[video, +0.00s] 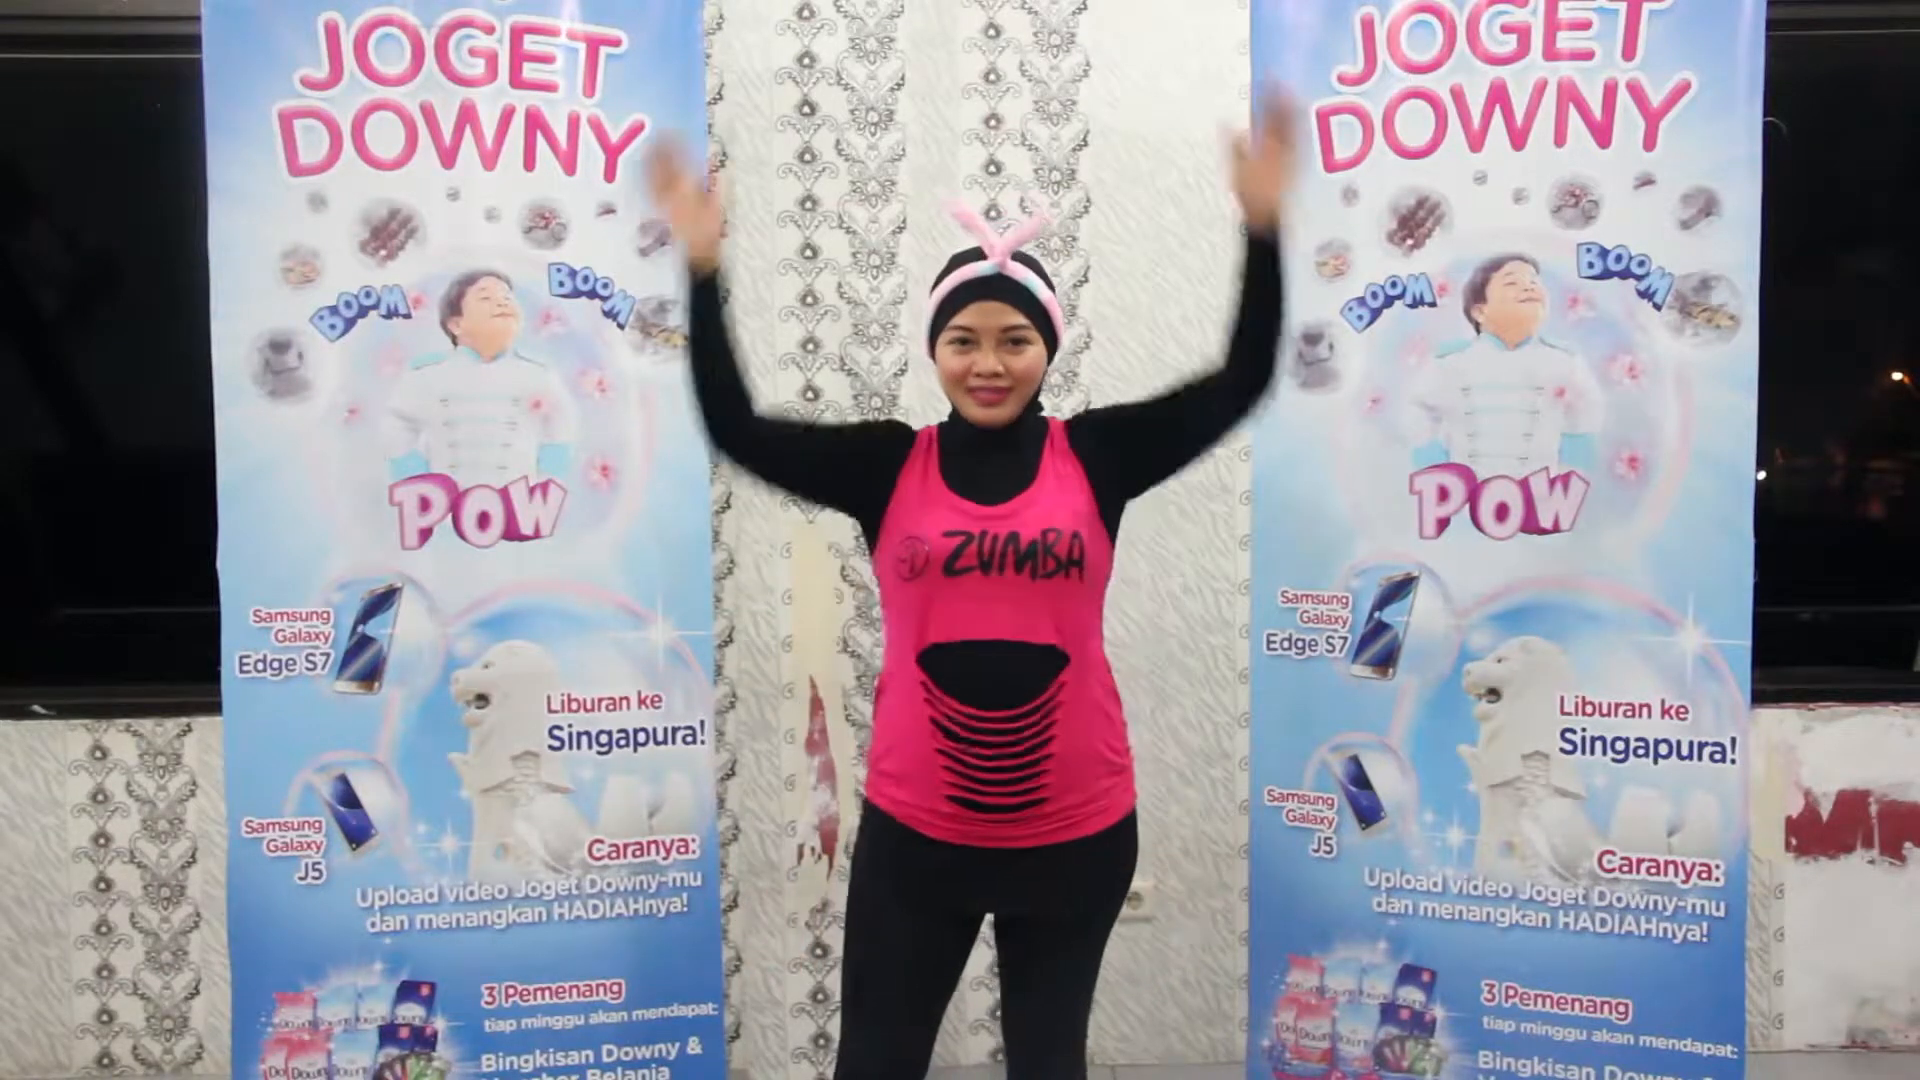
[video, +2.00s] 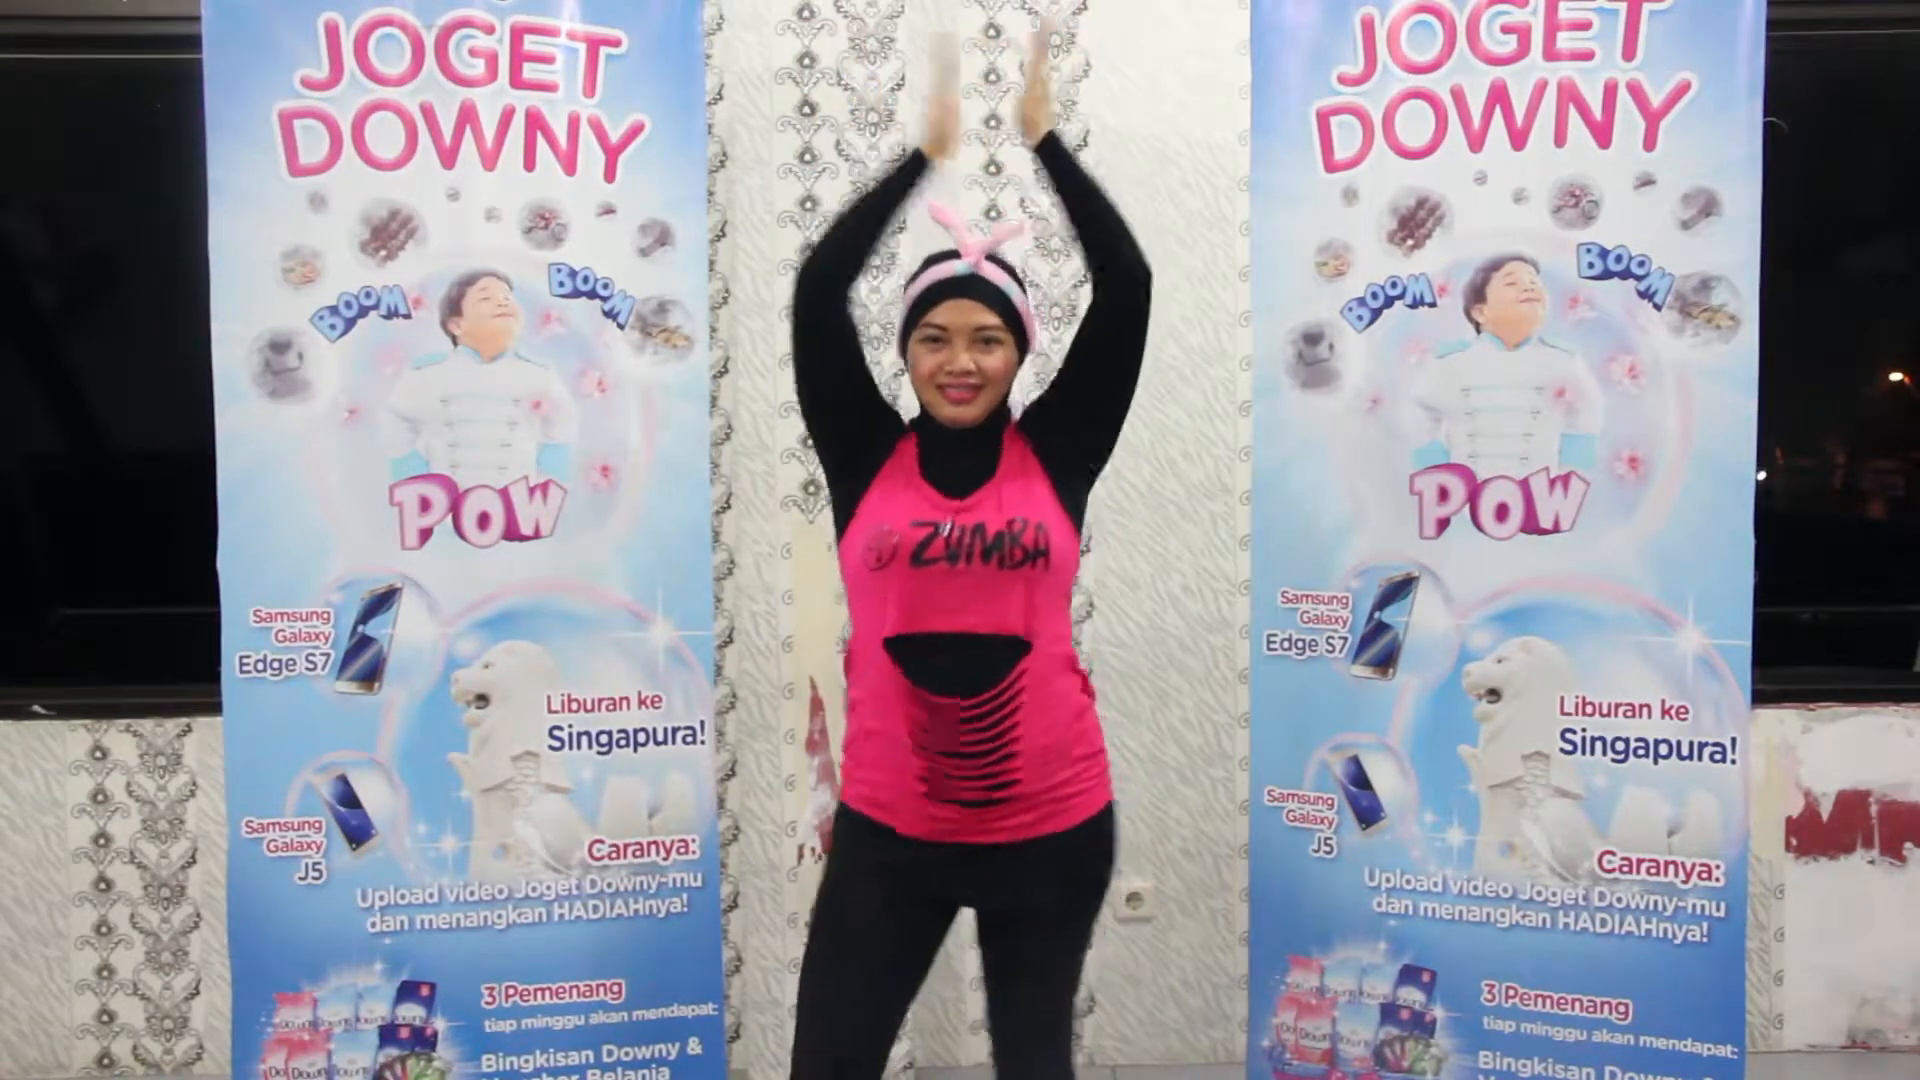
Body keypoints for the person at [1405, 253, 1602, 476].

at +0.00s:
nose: (1529, 287)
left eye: (1534, 281)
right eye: (1511, 282)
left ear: (1545, 300)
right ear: (1478, 310)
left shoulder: (1564, 364)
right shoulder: (1447, 366)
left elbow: (1582, 429)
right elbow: (1415, 414)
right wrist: (1433, 474)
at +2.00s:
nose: (1528, 286)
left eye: (1534, 281)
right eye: (1510, 283)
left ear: (1545, 300)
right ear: (1478, 311)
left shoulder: (1564, 363)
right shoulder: (1446, 366)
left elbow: (1583, 422)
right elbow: (1415, 415)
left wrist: (1566, 485)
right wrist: (1434, 475)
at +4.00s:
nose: (1530, 287)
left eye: (1535, 281)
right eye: (1511, 283)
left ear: (1545, 300)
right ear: (1479, 311)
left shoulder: (1565, 362)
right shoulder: (1446, 365)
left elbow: (1584, 428)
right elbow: (1418, 421)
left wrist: (1566, 490)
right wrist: (1436, 480)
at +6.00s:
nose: (1528, 287)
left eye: (1534, 281)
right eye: (1510, 282)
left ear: (1545, 300)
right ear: (1479, 311)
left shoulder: (1565, 365)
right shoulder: (1445, 367)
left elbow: (1583, 435)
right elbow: (1417, 424)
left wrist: (1563, 495)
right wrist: (1437, 482)